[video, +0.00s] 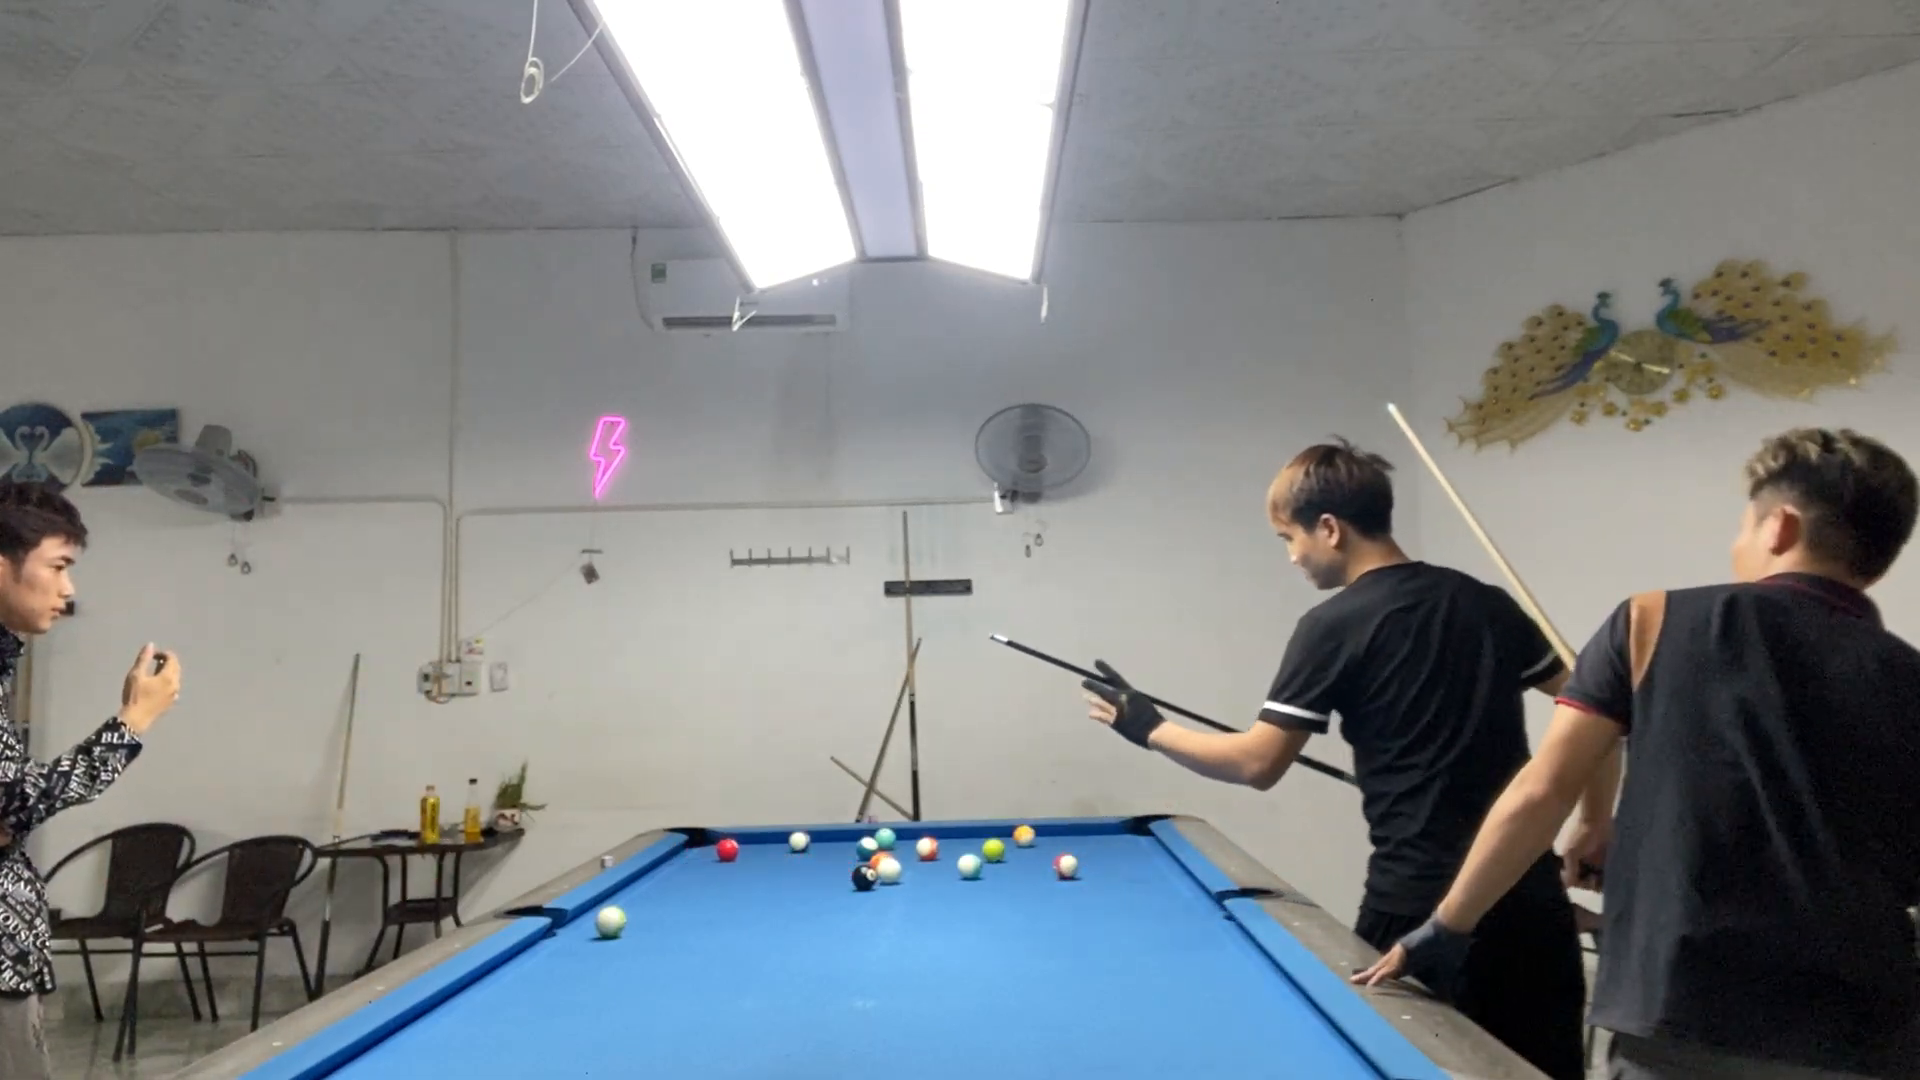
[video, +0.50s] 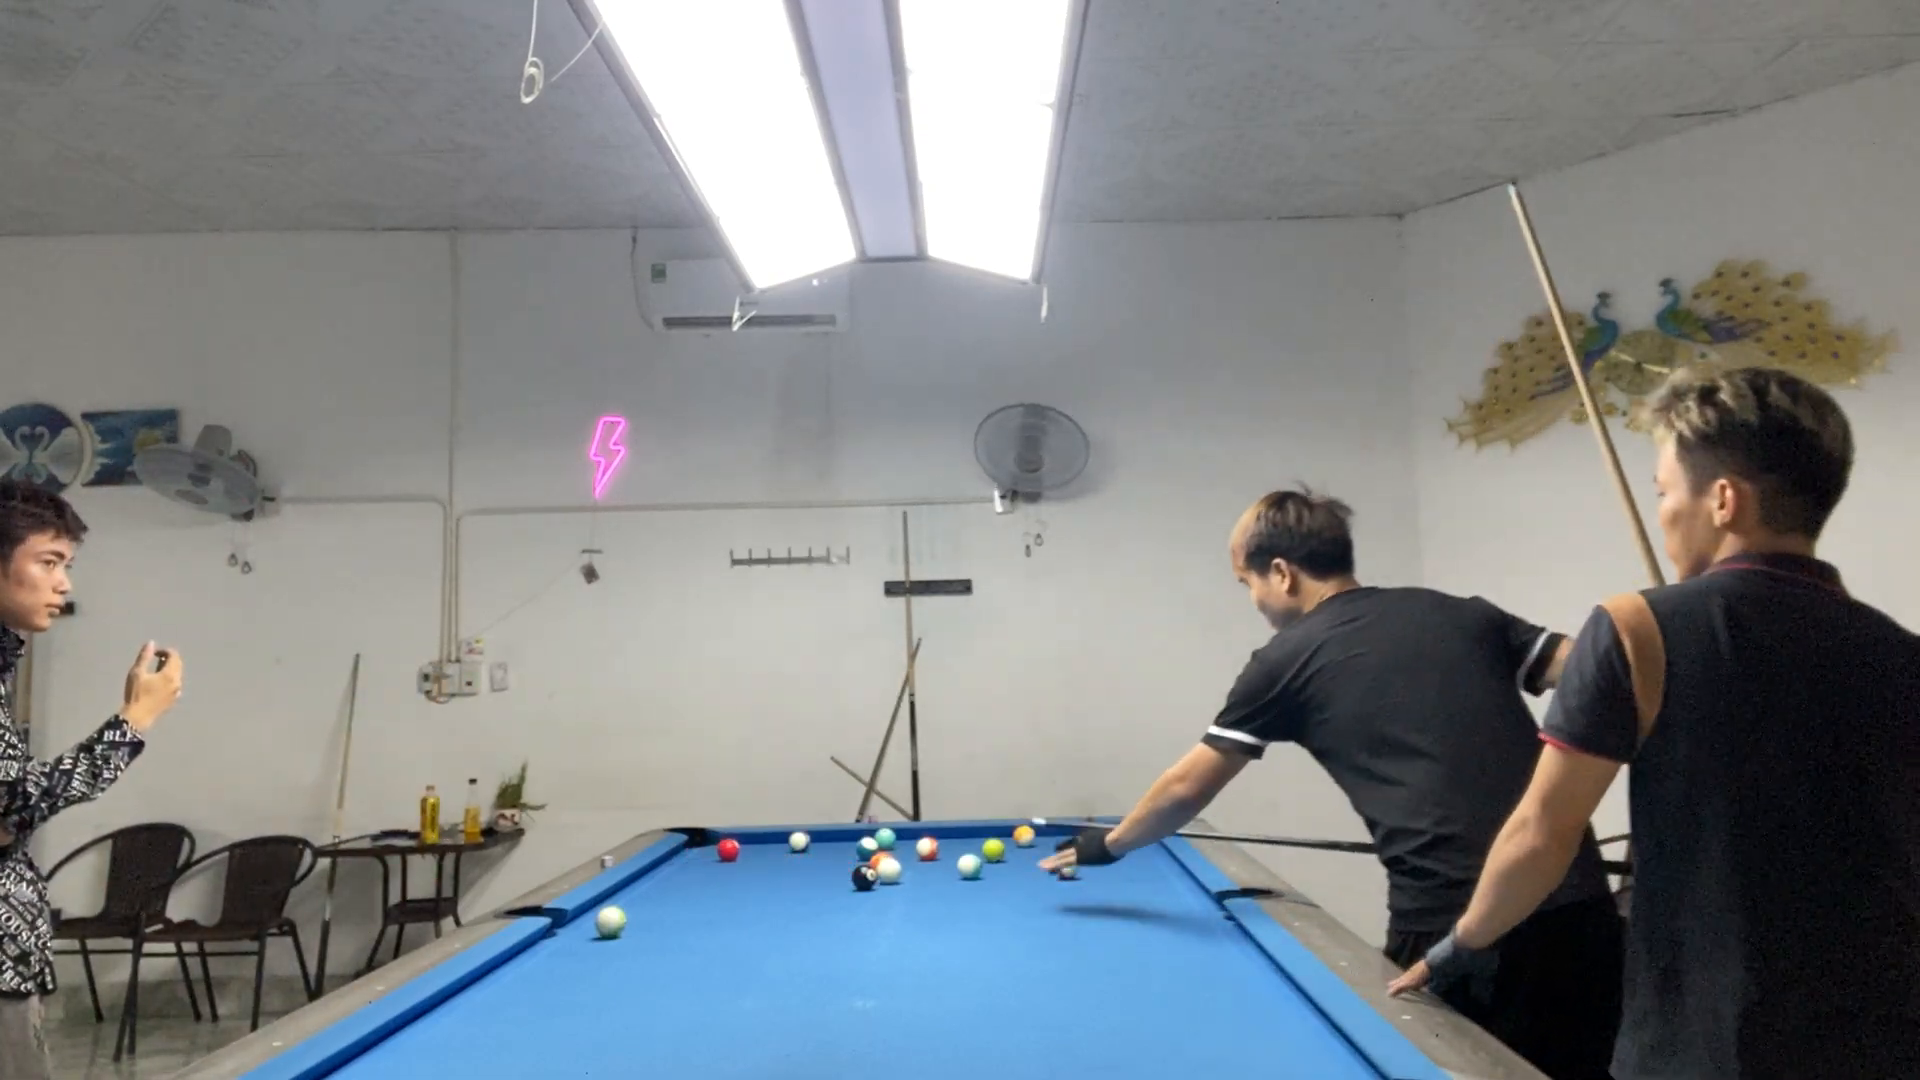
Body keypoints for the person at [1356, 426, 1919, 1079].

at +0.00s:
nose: (1737, 550)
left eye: (1745, 524)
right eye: (1743, 525)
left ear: (1781, 530)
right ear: (1874, 563)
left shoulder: (1654, 623)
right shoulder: (1909, 681)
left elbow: (1541, 794)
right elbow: (1909, 885)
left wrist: (1445, 928)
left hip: (1670, 1029)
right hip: (1861, 1041)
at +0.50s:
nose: (1659, 514)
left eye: (1665, 490)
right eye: (1658, 491)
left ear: (1724, 501)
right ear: (1815, 505)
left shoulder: (1638, 632)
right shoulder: (1901, 653)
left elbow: (1542, 831)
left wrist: (1464, 944)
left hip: (1696, 1050)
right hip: (1879, 1046)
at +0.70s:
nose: (1608, 533)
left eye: (1611, 504)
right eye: (1605, 507)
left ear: (1678, 506)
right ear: (1769, 502)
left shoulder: (1620, 646)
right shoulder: (1898, 656)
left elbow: (1566, 887)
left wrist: (1503, 1017)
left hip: (1703, 1055)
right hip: (1884, 1049)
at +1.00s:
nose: (1545, 584)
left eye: (1550, 549)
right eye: (1535, 558)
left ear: (1638, 509)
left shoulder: (1649, 665)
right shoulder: (1874, 639)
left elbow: (1700, 939)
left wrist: (1614, 1074)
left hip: (1755, 1061)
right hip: (1894, 1052)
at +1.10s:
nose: (1534, 590)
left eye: (1537, 553)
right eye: (1522, 561)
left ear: (1625, 512)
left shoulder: (1654, 673)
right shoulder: (1857, 631)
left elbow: (1724, 953)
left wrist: (1614, 1077)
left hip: (1770, 1061)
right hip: (1893, 1050)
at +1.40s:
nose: (1520, 541)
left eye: (1523, 511)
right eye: (1515, 515)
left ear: (1598, 510)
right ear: (1691, 483)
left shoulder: (1645, 678)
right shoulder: (1853, 633)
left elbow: (1719, 958)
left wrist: (1605, 1072)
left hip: (1757, 1063)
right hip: (1890, 1051)